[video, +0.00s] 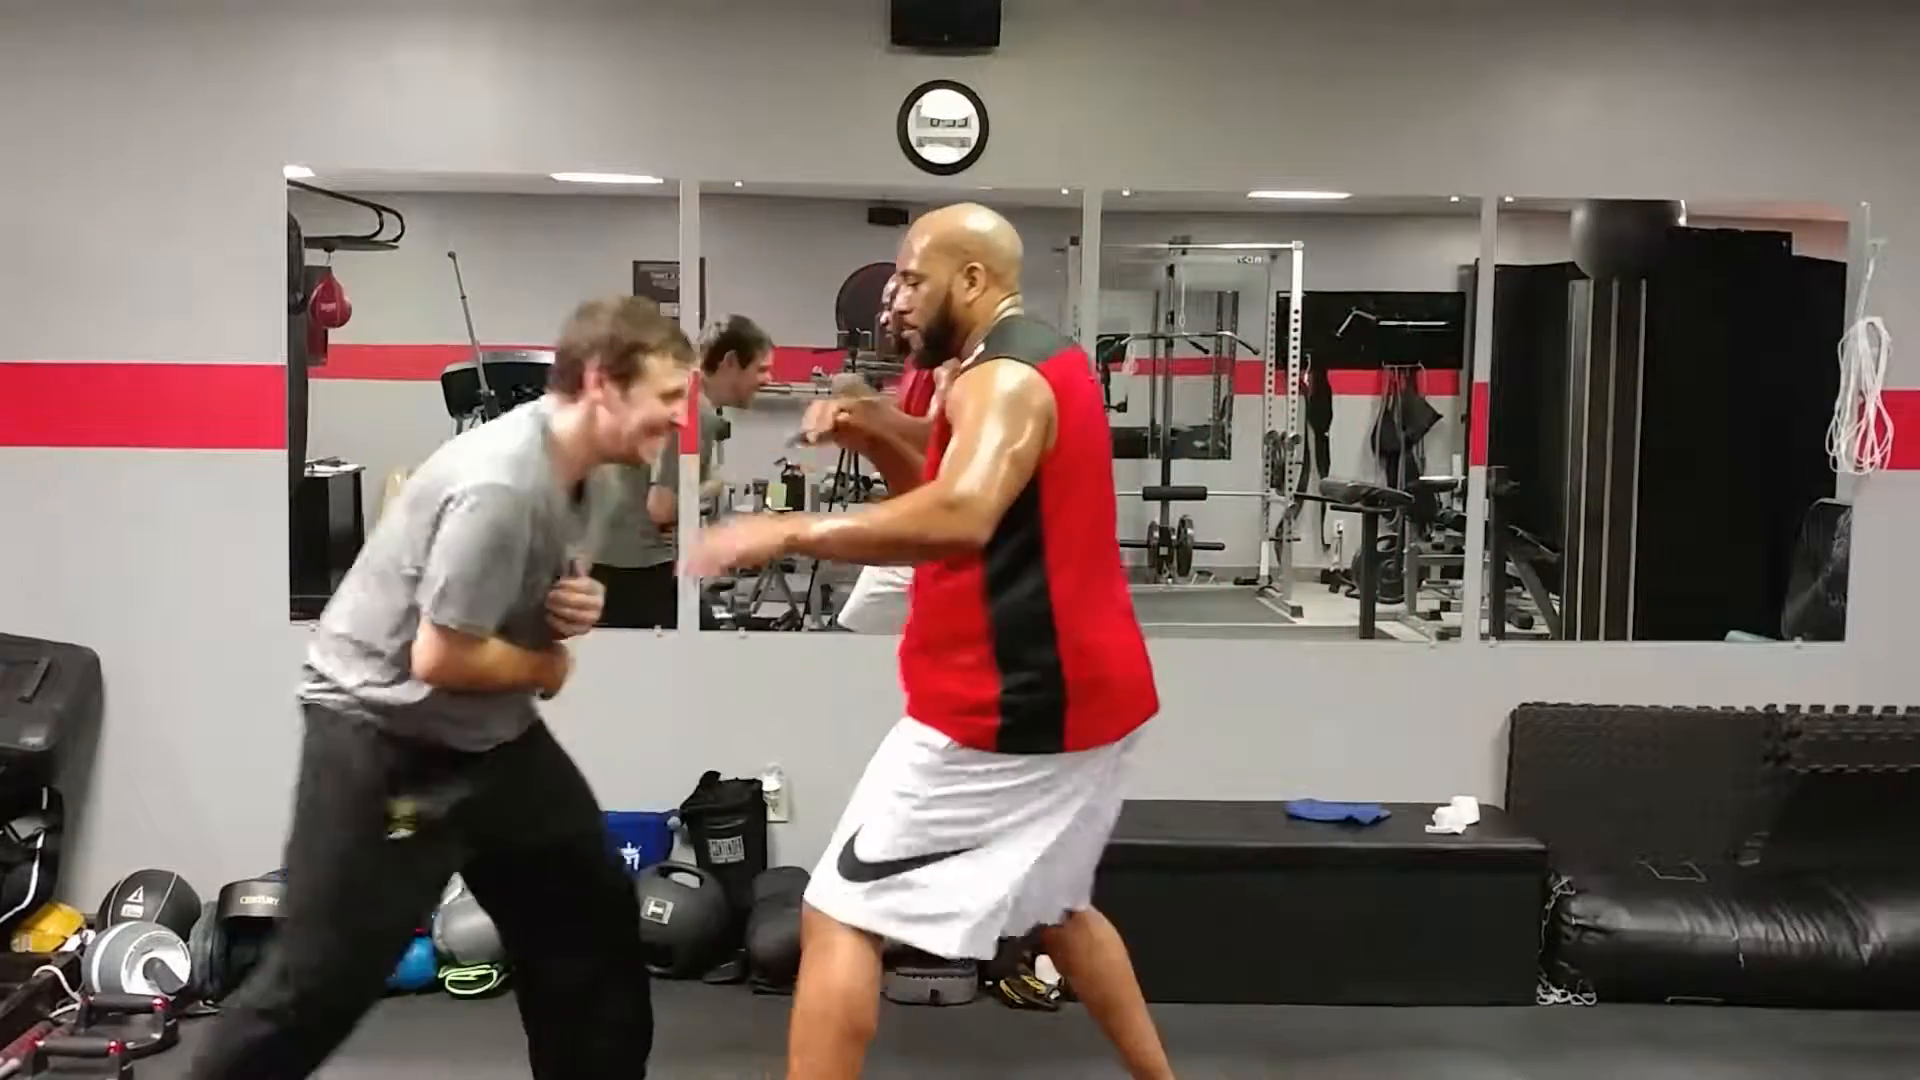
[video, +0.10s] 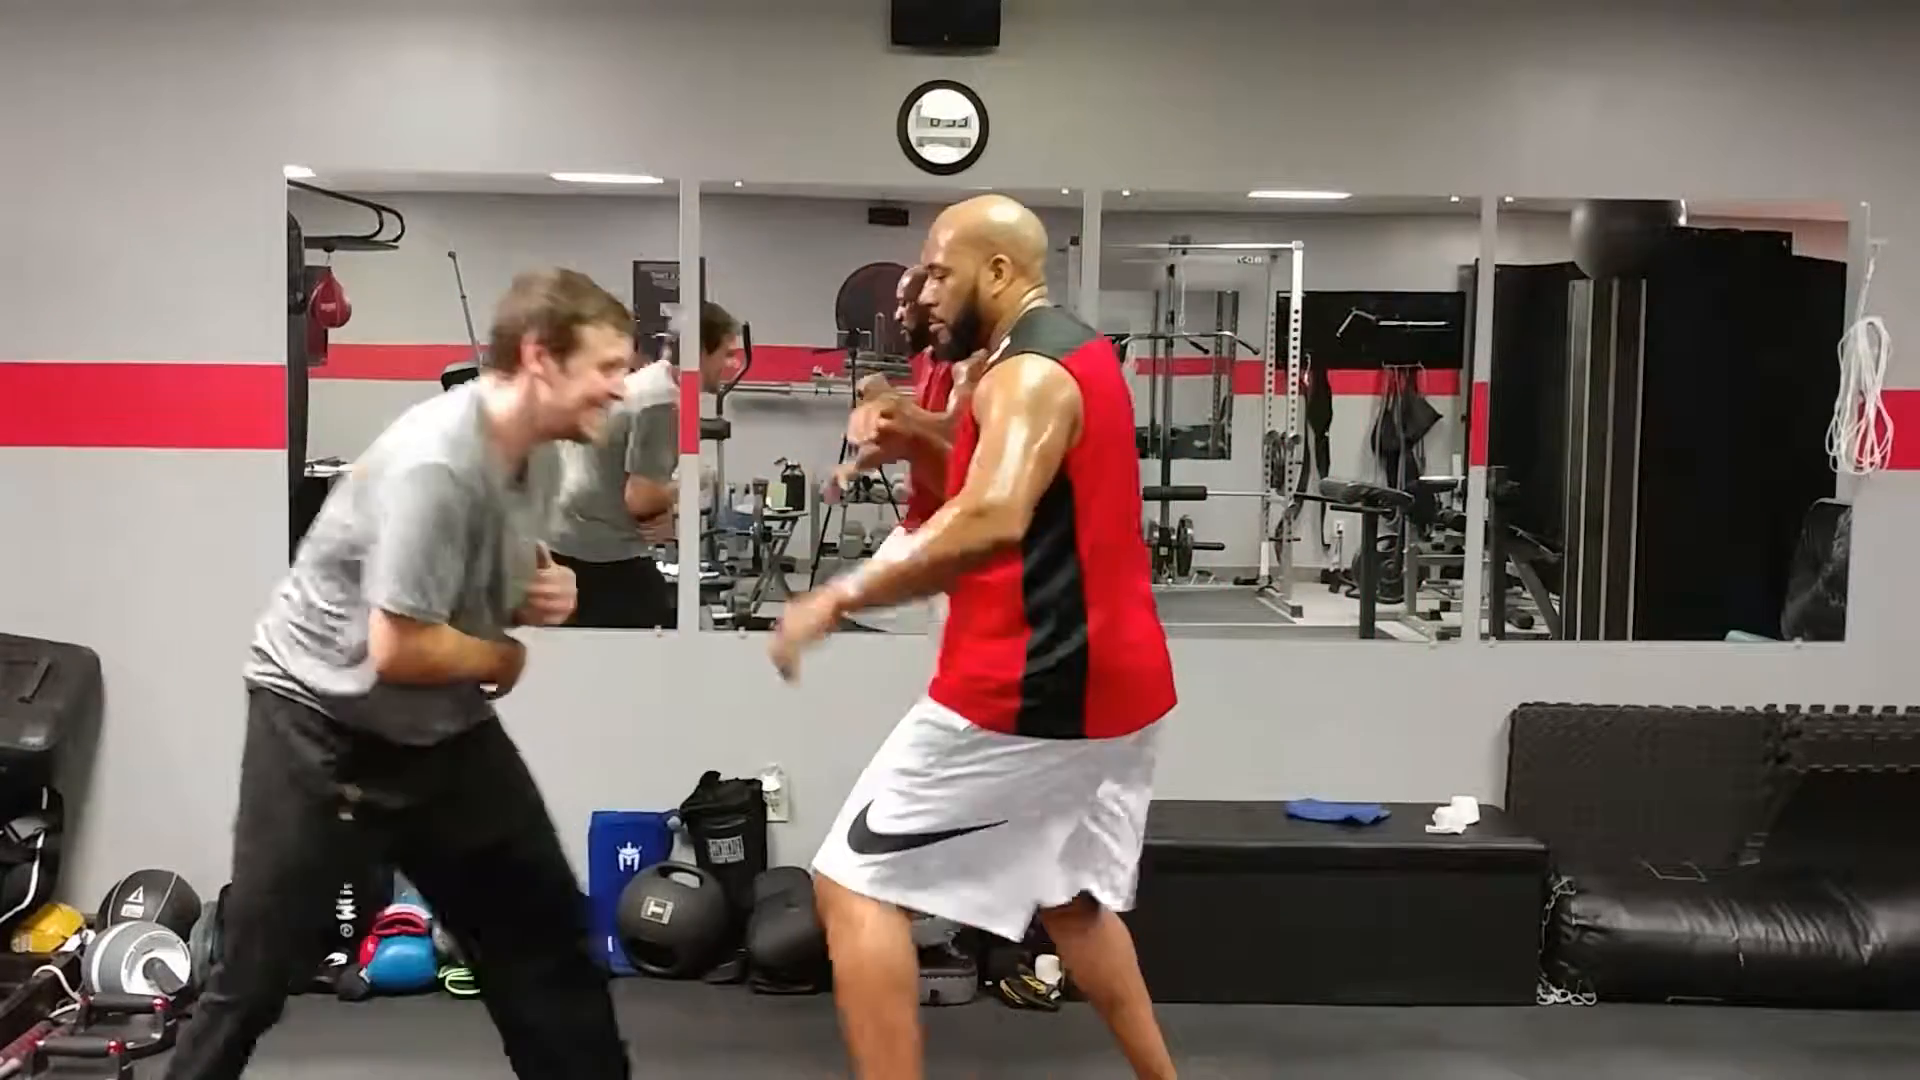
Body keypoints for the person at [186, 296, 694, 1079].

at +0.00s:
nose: (679, 418)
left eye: (683, 400)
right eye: (668, 397)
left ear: (605, 390)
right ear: (599, 386)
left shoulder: (572, 469)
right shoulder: (500, 486)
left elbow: (525, 585)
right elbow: (440, 655)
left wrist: (576, 600)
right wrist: (542, 668)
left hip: (494, 733)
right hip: (380, 738)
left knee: (590, 941)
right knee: (317, 987)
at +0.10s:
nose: (621, 390)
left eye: (625, 372)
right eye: (607, 369)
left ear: (550, 367)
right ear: (538, 360)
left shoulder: (541, 458)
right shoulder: (431, 464)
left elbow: (495, 569)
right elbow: (399, 646)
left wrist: (551, 588)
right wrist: (501, 659)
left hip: (443, 724)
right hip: (315, 722)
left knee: (547, 950)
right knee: (260, 969)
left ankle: (591, 1073)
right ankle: (184, 1072)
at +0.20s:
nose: (563, 338)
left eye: (564, 318)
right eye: (546, 315)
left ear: (493, 317)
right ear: (477, 312)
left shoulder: (503, 423)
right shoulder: (375, 412)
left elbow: (480, 567)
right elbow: (352, 600)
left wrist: (539, 533)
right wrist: (488, 588)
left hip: (415, 702)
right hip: (291, 702)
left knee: (504, 911)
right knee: (240, 948)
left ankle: (547, 1073)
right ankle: (172, 1071)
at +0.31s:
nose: (525, 300)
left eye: (525, 279)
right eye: (507, 279)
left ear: (456, 284)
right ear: (436, 280)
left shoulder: (485, 393)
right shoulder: (336, 377)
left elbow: (526, 541)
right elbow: (347, 554)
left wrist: (550, 473)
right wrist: (494, 491)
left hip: (422, 705)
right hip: (287, 703)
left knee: (488, 947)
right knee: (230, 961)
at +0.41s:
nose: (499, 279)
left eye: (499, 258)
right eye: (481, 258)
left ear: (428, 264)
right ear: (410, 261)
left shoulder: (469, 376)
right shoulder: (314, 361)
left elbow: (566, 480)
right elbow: (361, 502)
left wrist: (555, 390)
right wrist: (468, 393)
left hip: (426, 705)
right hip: (285, 697)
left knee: (471, 965)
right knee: (223, 967)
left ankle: (476, 1075)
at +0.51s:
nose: (474, 286)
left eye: (475, 267)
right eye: (455, 267)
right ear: (384, 271)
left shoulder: (466, 375)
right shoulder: (292, 370)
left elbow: (577, 456)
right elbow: (357, 479)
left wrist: (541, 356)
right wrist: (421, 352)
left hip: (439, 710)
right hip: (289, 710)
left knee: (495, 927)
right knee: (225, 957)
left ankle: (481, 1073)